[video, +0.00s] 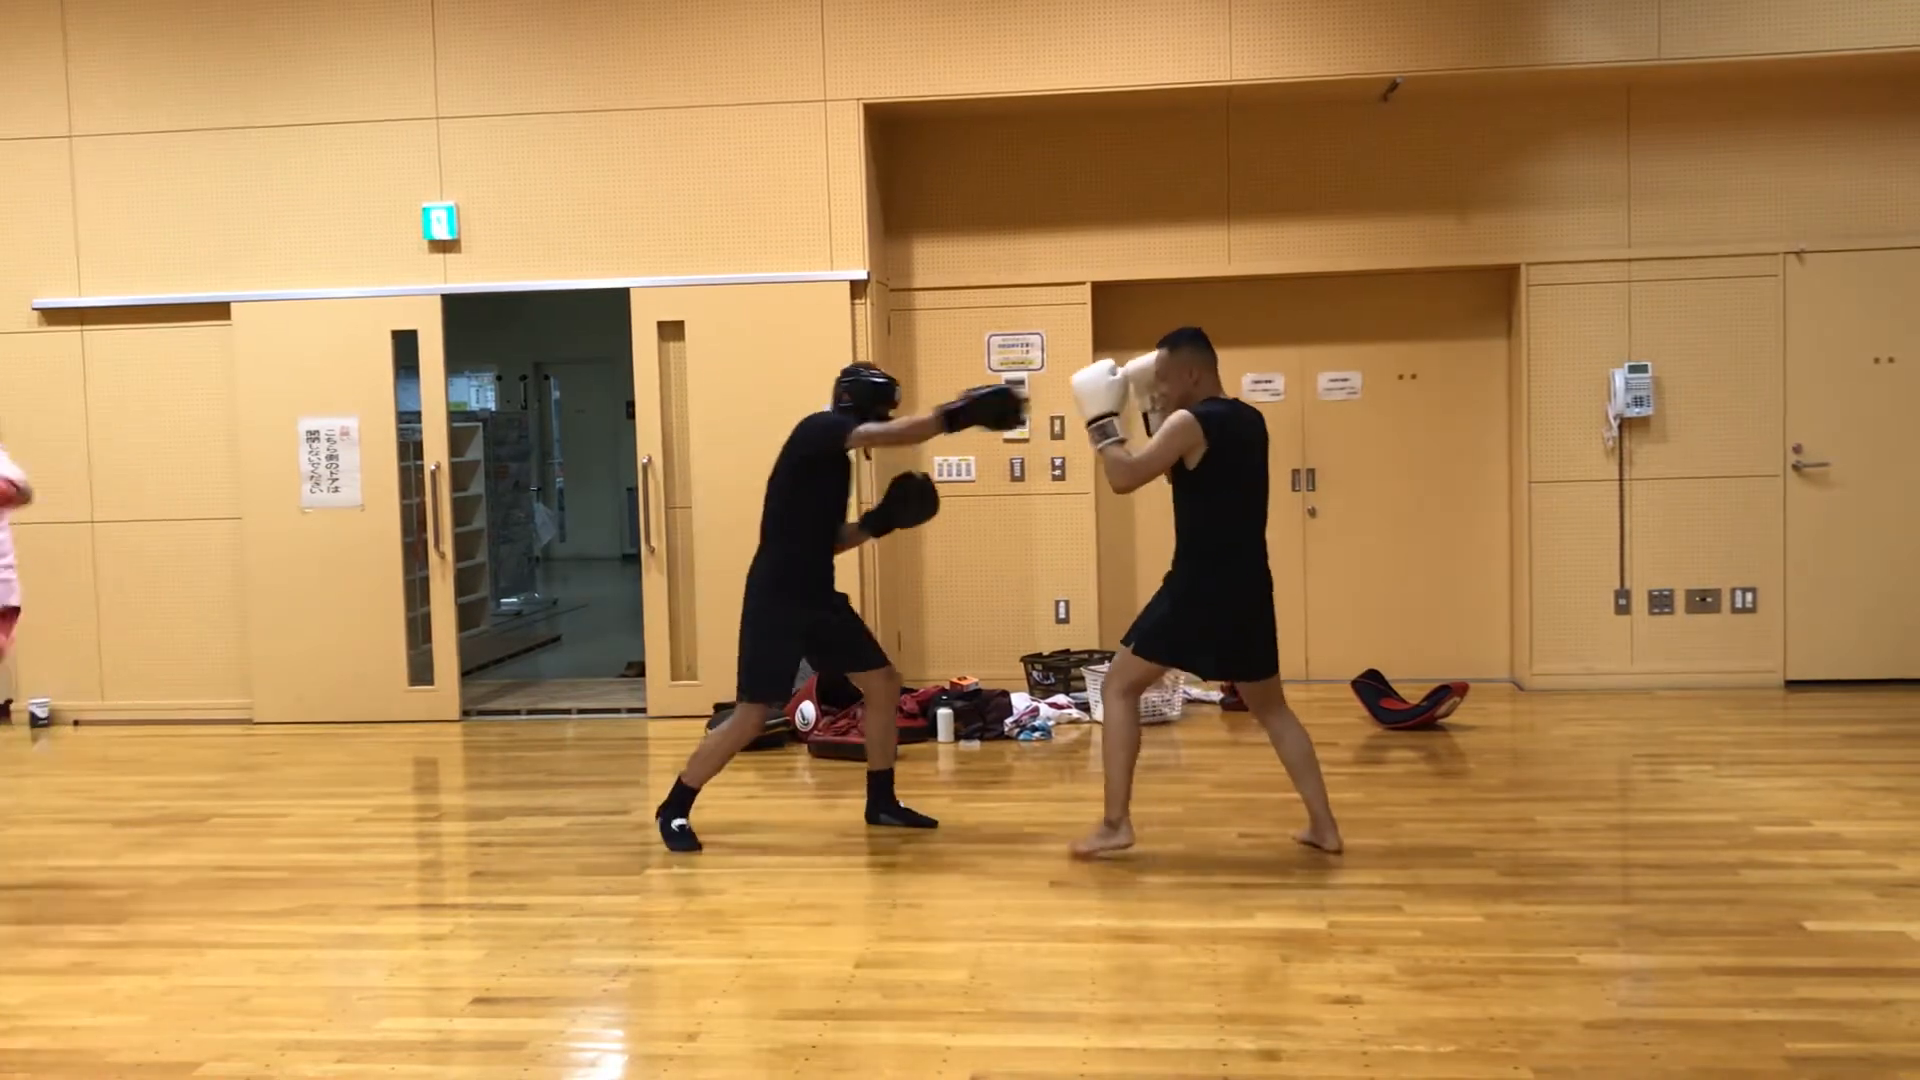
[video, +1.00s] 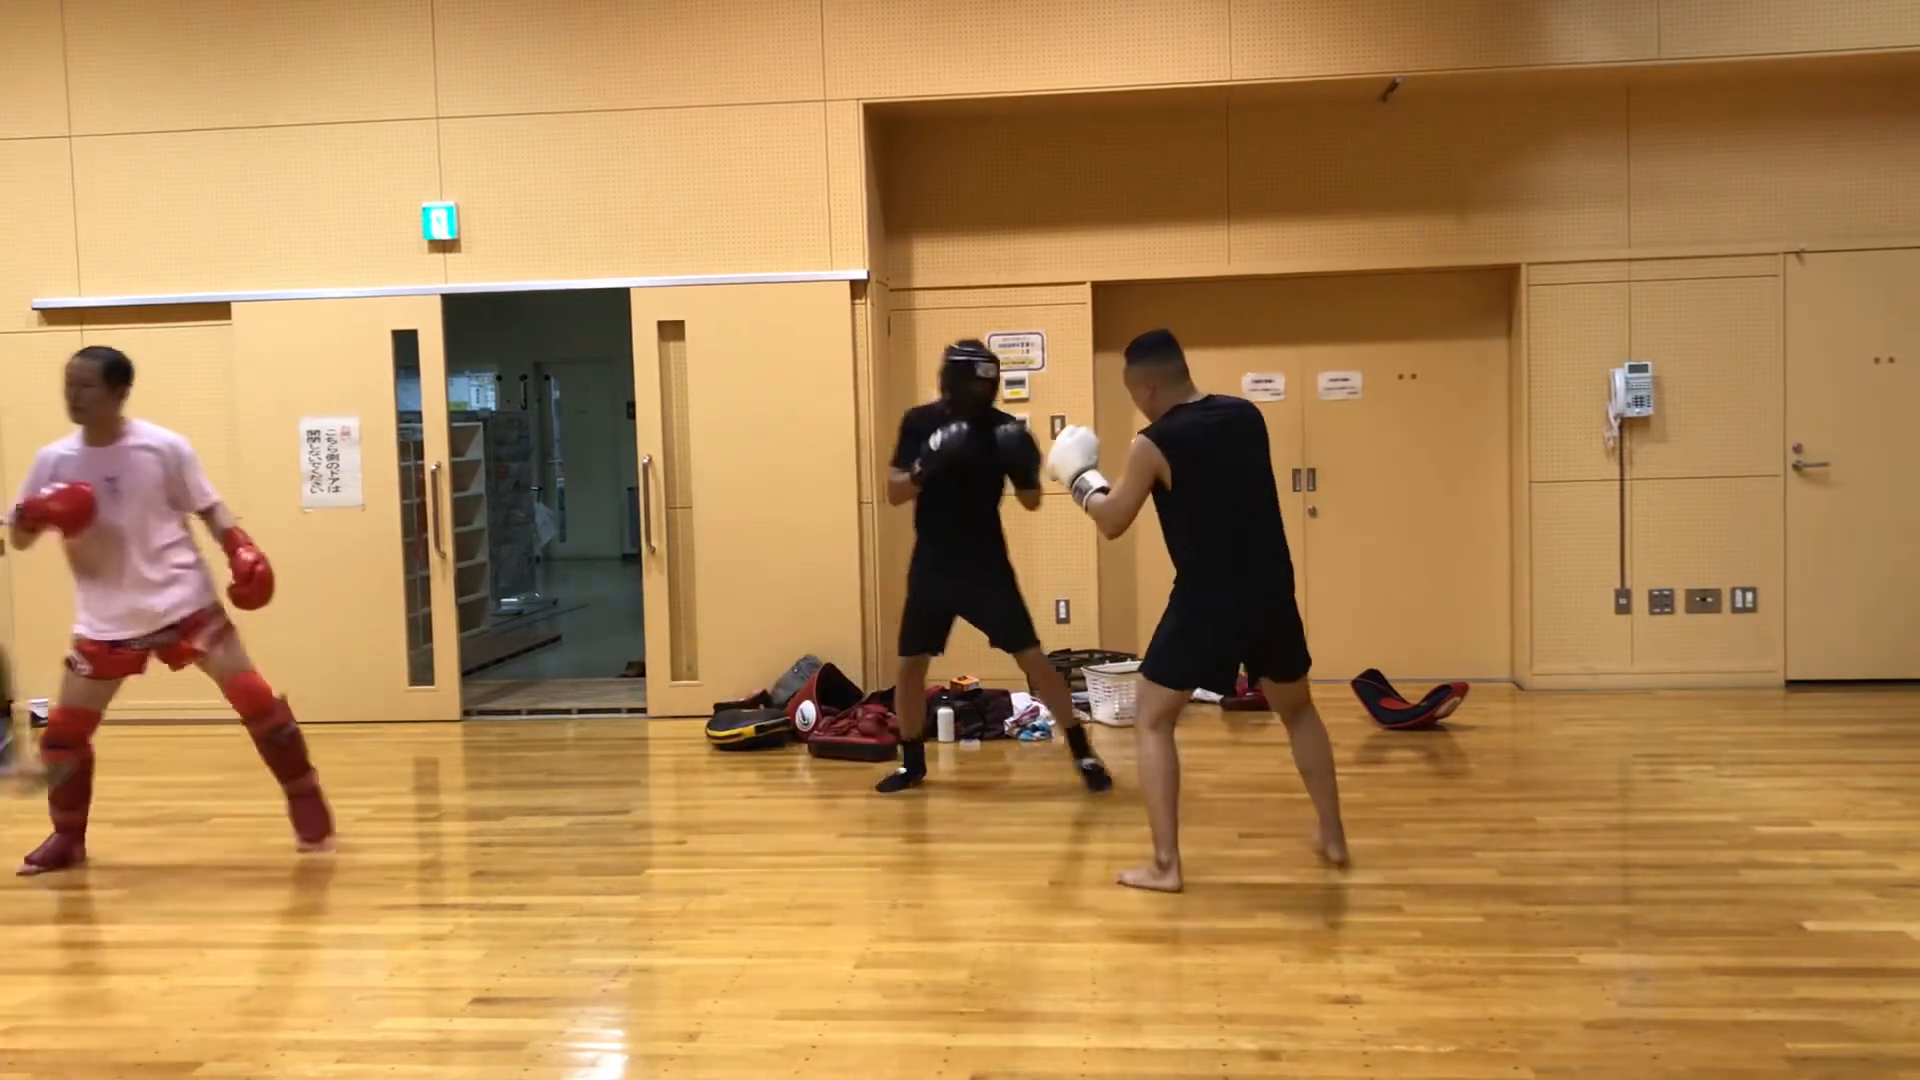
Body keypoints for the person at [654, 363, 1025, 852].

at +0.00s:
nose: (887, 419)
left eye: (888, 411)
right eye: (883, 410)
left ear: (847, 403)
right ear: (857, 402)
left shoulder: (834, 457)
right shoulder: (819, 428)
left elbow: (825, 543)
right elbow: (896, 433)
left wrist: (881, 519)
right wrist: (959, 414)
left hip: (817, 594)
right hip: (777, 594)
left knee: (882, 684)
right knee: (752, 716)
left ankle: (881, 802)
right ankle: (673, 810)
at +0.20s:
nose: (928, 415)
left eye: (932, 408)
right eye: (924, 404)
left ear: (927, 412)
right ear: (900, 395)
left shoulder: (913, 457)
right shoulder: (851, 407)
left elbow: (952, 518)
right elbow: (852, 436)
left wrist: (988, 474)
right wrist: (921, 414)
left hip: (849, 580)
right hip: (799, 570)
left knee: (898, 686)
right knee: (756, 684)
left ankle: (884, 803)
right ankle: (696, 798)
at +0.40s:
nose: (958, 403)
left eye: (963, 396)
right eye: (949, 393)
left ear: (963, 396)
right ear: (920, 384)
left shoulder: (949, 434)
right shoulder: (875, 404)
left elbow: (1003, 445)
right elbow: (819, 439)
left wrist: (1038, 417)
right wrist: (872, 427)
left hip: (879, 573)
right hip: (823, 561)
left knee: (904, 681)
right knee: (786, 667)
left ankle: (886, 801)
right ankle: (763, 779)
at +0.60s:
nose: (948, 397)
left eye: (951, 388)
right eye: (938, 388)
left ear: (950, 387)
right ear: (905, 387)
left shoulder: (950, 435)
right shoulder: (867, 418)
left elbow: (977, 509)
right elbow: (835, 482)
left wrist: (991, 475)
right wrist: (889, 454)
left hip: (914, 561)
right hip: (863, 560)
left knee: (934, 667)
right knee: (856, 671)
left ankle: (900, 784)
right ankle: (868, 763)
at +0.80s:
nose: (940, 385)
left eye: (944, 376)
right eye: (930, 377)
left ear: (949, 374)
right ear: (903, 376)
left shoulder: (958, 414)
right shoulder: (875, 415)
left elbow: (985, 474)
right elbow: (858, 487)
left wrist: (960, 447)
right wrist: (900, 453)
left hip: (949, 546)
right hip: (898, 550)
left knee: (975, 644)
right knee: (882, 657)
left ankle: (968, 764)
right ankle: (874, 767)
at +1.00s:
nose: (989, 392)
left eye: (994, 382)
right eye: (980, 382)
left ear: (997, 383)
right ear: (952, 382)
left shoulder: (1006, 429)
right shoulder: (921, 423)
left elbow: (1032, 501)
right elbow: (895, 493)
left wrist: (1019, 458)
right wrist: (930, 461)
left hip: (986, 559)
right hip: (934, 560)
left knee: (1031, 656)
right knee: (911, 662)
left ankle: (1083, 752)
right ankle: (912, 764)